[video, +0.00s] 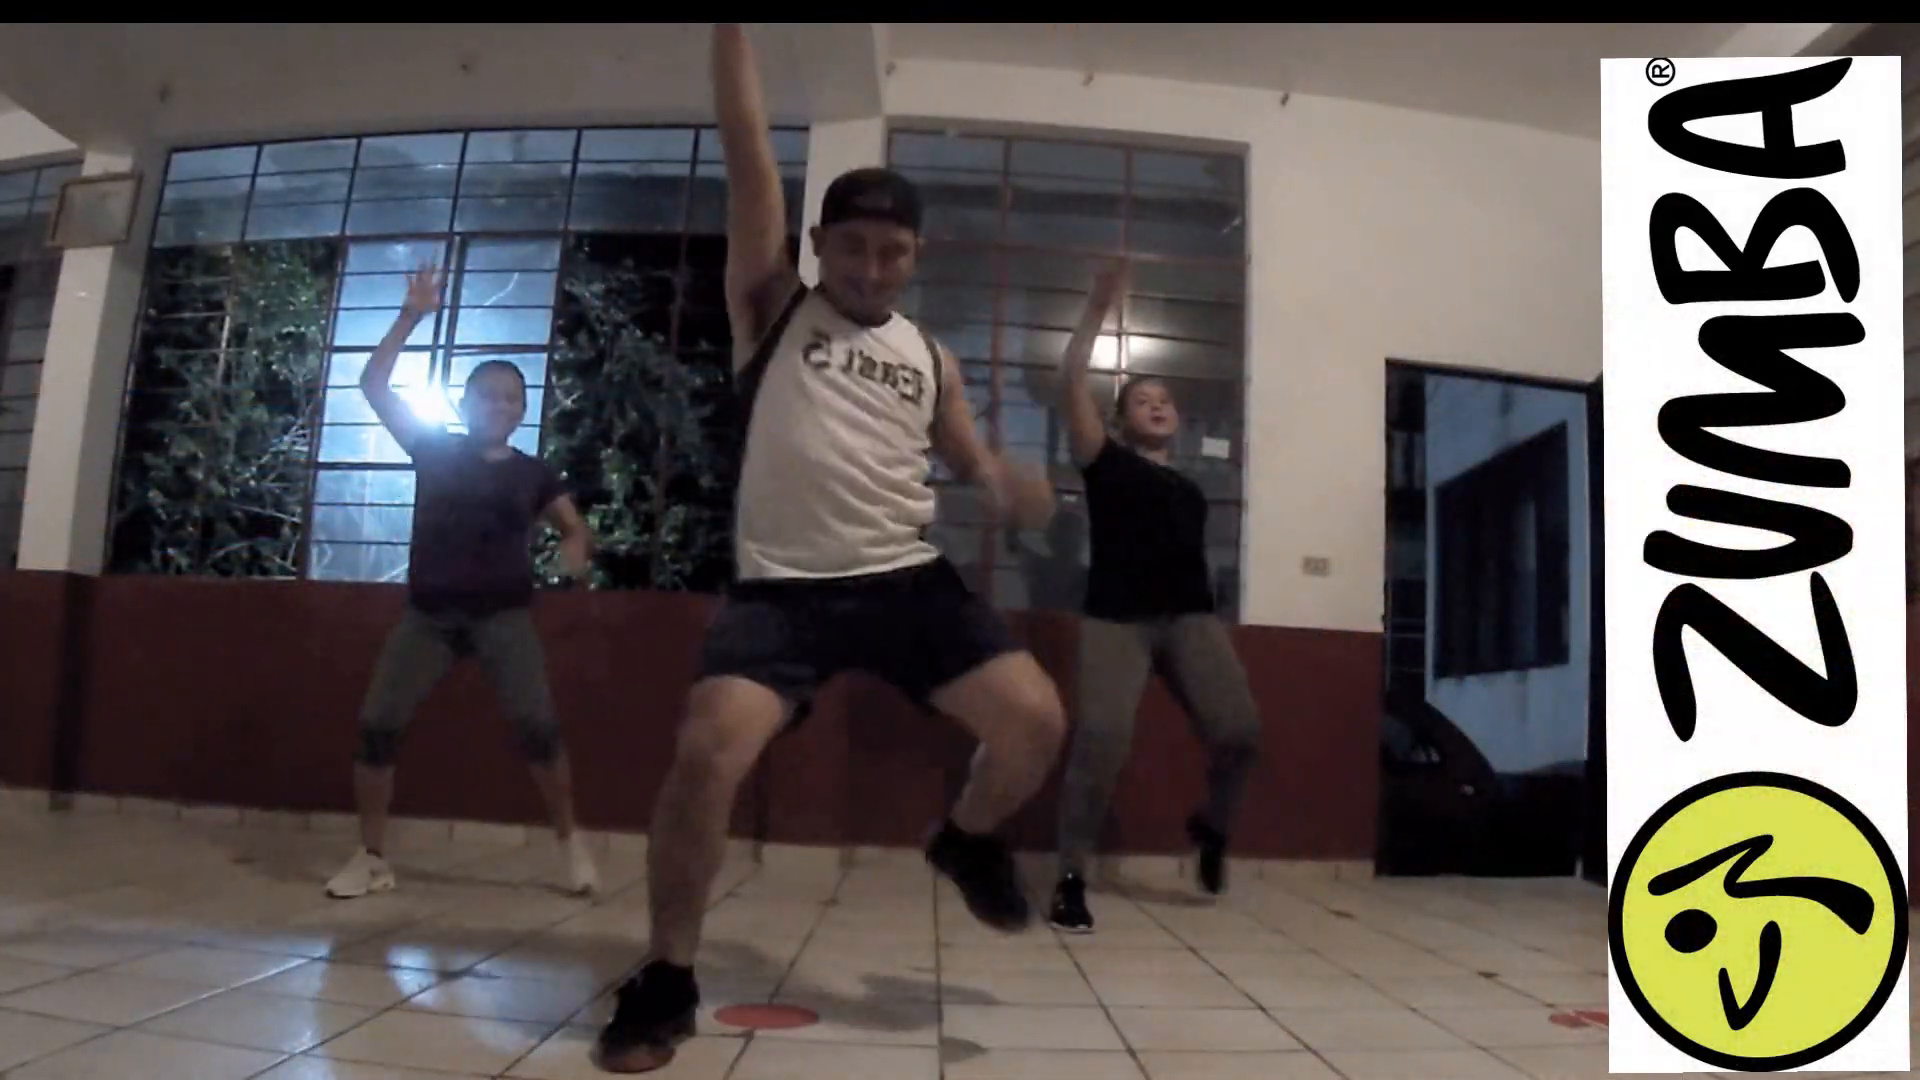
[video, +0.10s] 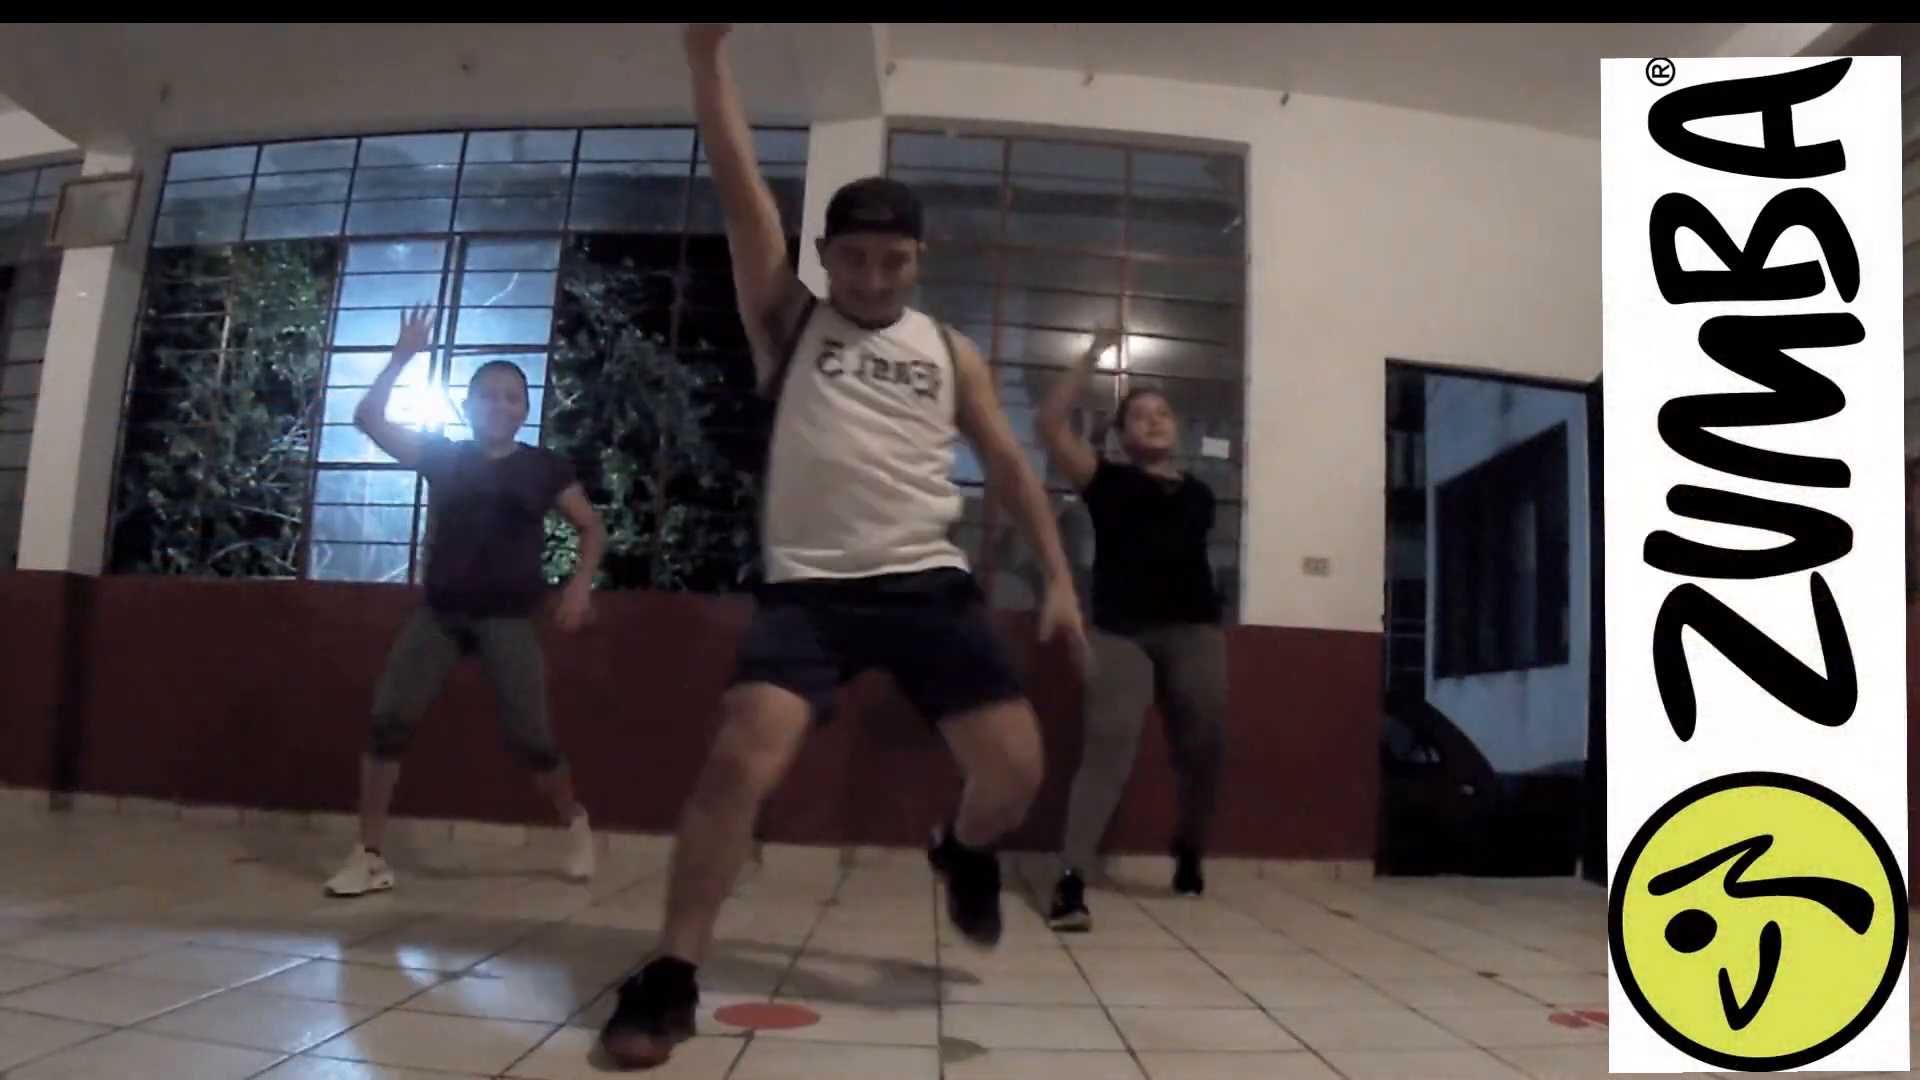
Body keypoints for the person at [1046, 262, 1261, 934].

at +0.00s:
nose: (1157, 409)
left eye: (1165, 403)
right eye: (1144, 403)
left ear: (1177, 421)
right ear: (1121, 419)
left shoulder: (1187, 487)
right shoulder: (1104, 462)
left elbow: (1186, 555)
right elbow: (1072, 381)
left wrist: (1195, 607)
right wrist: (1098, 307)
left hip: (1188, 618)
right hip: (1117, 621)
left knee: (1236, 729)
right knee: (1101, 739)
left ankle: (1214, 830)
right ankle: (1072, 875)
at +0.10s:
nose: (1153, 423)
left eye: (1161, 416)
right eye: (1141, 417)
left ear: (1176, 429)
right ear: (1122, 432)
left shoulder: (1196, 492)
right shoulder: (1104, 480)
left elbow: (1190, 558)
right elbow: (1051, 423)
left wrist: (1205, 612)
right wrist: (1090, 357)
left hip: (1191, 629)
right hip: (1120, 629)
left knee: (1202, 743)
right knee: (1108, 745)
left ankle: (1190, 853)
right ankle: (1073, 875)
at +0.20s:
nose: (1154, 440)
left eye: (1162, 431)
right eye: (1143, 433)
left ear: (1178, 442)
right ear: (1125, 446)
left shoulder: (1204, 507)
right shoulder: (1113, 504)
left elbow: (1254, 548)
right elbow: (1046, 504)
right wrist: (1084, 443)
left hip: (1195, 650)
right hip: (1125, 647)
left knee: (1192, 760)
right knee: (1105, 754)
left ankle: (1171, 863)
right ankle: (1069, 868)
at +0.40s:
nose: (1150, 433)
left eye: (1158, 425)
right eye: (1139, 425)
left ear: (1172, 437)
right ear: (1120, 439)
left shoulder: (1198, 495)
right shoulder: (1103, 498)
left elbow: (1251, 552)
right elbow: (1081, 564)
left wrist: (1293, 611)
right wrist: (1070, 612)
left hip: (1184, 636)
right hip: (1114, 634)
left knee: (1188, 743)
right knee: (1090, 730)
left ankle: (1171, 859)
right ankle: (1072, 855)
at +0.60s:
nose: (1136, 436)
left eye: (1144, 427)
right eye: (1126, 427)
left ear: (1155, 439)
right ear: (1108, 438)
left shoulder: (1172, 503)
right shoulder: (1084, 496)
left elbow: (1194, 570)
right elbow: (1037, 541)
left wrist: (1230, 576)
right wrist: (1042, 597)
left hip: (1164, 639)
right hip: (1095, 637)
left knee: (1182, 743)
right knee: (1083, 746)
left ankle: (1150, 855)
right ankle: (1066, 854)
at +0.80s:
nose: (1130, 444)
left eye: (1139, 437)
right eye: (1119, 436)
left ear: (1152, 451)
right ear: (1102, 449)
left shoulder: (1173, 507)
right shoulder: (1079, 503)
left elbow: (1220, 555)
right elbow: (1030, 564)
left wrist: (1203, 490)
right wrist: (1047, 610)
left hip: (1158, 648)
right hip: (1092, 649)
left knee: (1220, 724)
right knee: (1077, 751)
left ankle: (1191, 849)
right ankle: (1063, 855)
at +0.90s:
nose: (1134, 424)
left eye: (1143, 417)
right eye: (1124, 418)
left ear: (1160, 430)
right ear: (1110, 434)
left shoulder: (1184, 485)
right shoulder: (1090, 491)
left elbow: (1254, 462)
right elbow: (1065, 555)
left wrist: (1254, 387)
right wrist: (1068, 601)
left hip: (1176, 624)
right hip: (1106, 625)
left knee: (1221, 725)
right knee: (1077, 724)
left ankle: (1250, 864)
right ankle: (1062, 849)